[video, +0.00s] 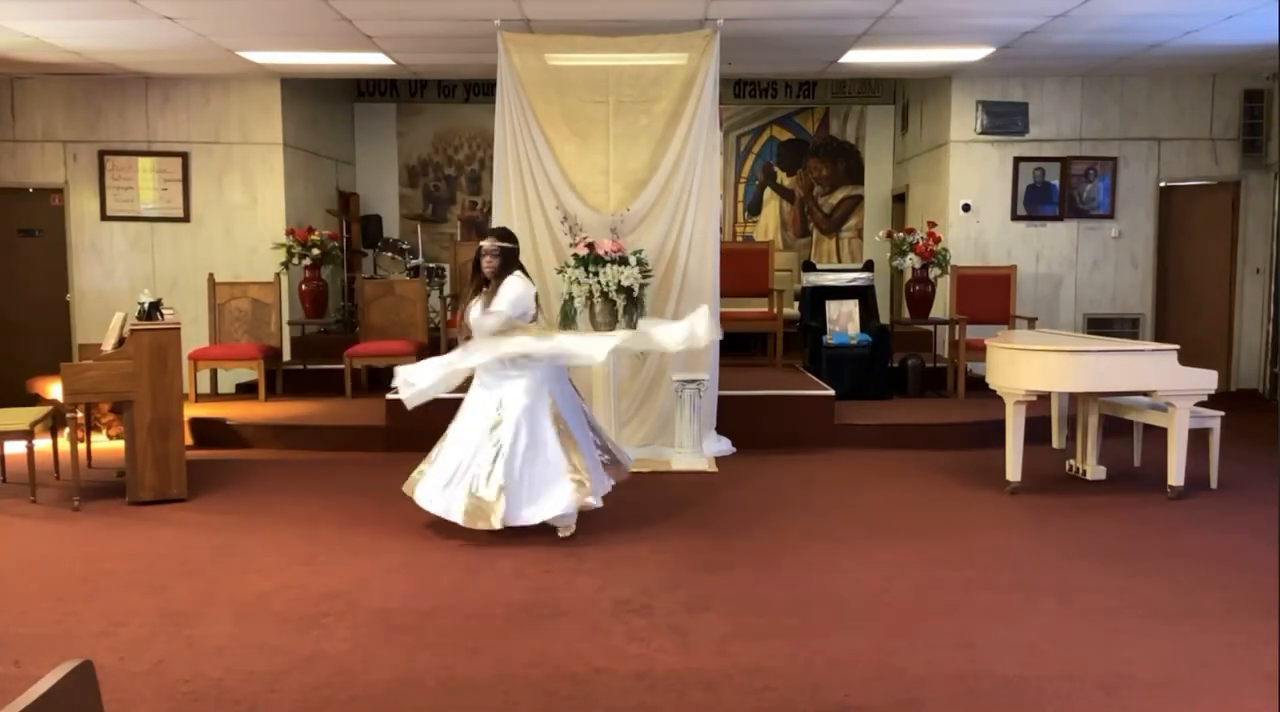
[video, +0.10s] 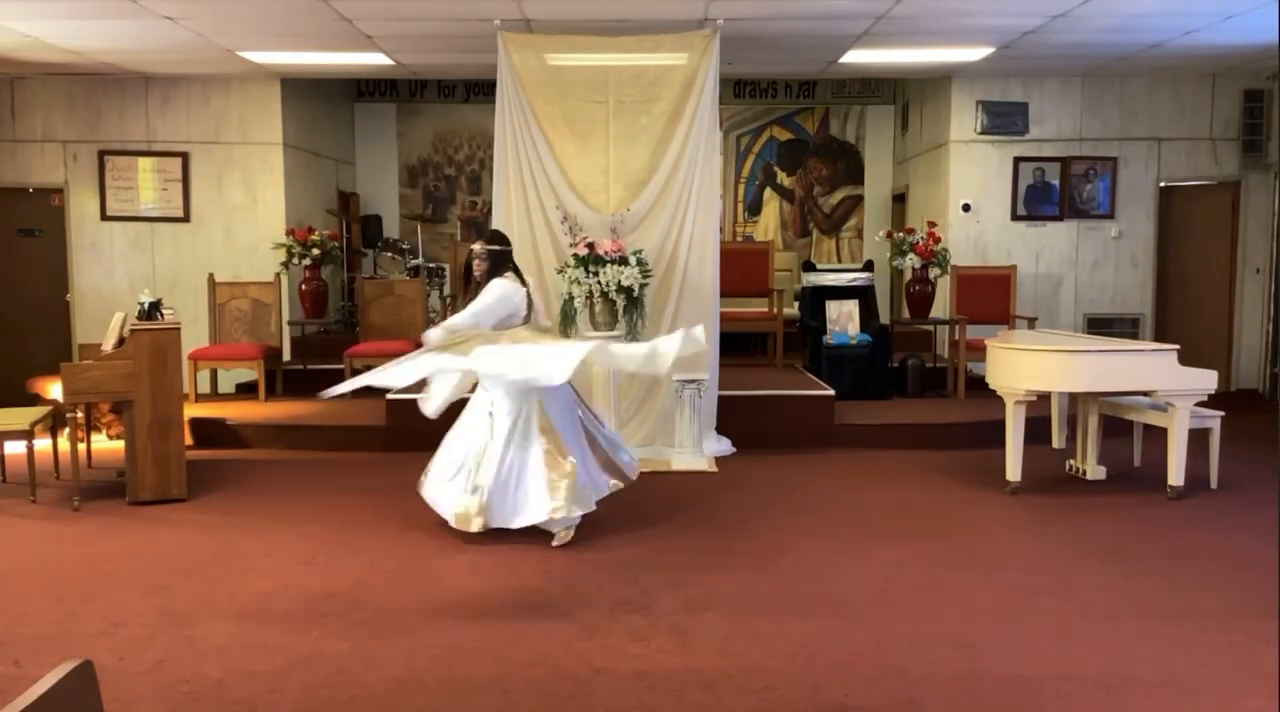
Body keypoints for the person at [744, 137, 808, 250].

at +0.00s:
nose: (777, 159)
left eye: (782, 155)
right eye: (777, 155)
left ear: (795, 157)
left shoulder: (805, 177)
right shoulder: (772, 175)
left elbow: (798, 199)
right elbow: (753, 211)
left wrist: (772, 183)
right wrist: (762, 183)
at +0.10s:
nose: (777, 159)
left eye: (782, 155)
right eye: (777, 155)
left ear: (795, 157)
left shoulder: (805, 177)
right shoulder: (772, 175)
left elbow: (798, 199)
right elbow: (753, 211)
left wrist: (772, 183)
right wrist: (762, 183)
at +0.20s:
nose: (777, 159)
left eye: (782, 155)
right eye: (777, 155)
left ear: (795, 157)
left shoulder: (805, 177)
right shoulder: (772, 175)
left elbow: (798, 199)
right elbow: (753, 211)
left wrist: (772, 183)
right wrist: (762, 183)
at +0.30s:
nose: (777, 159)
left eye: (782, 155)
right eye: (777, 155)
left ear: (795, 157)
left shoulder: (805, 177)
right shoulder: (772, 175)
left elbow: (798, 199)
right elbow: (753, 211)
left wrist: (772, 183)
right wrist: (762, 183)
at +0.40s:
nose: (777, 159)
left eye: (782, 155)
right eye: (777, 155)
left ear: (795, 157)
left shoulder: (805, 177)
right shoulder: (772, 175)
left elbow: (798, 199)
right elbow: (753, 211)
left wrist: (772, 183)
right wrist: (762, 183)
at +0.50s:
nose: (777, 159)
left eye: (782, 155)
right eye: (777, 155)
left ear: (795, 157)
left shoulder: (805, 177)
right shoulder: (772, 175)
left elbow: (798, 199)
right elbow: (753, 211)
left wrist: (772, 183)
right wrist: (762, 183)